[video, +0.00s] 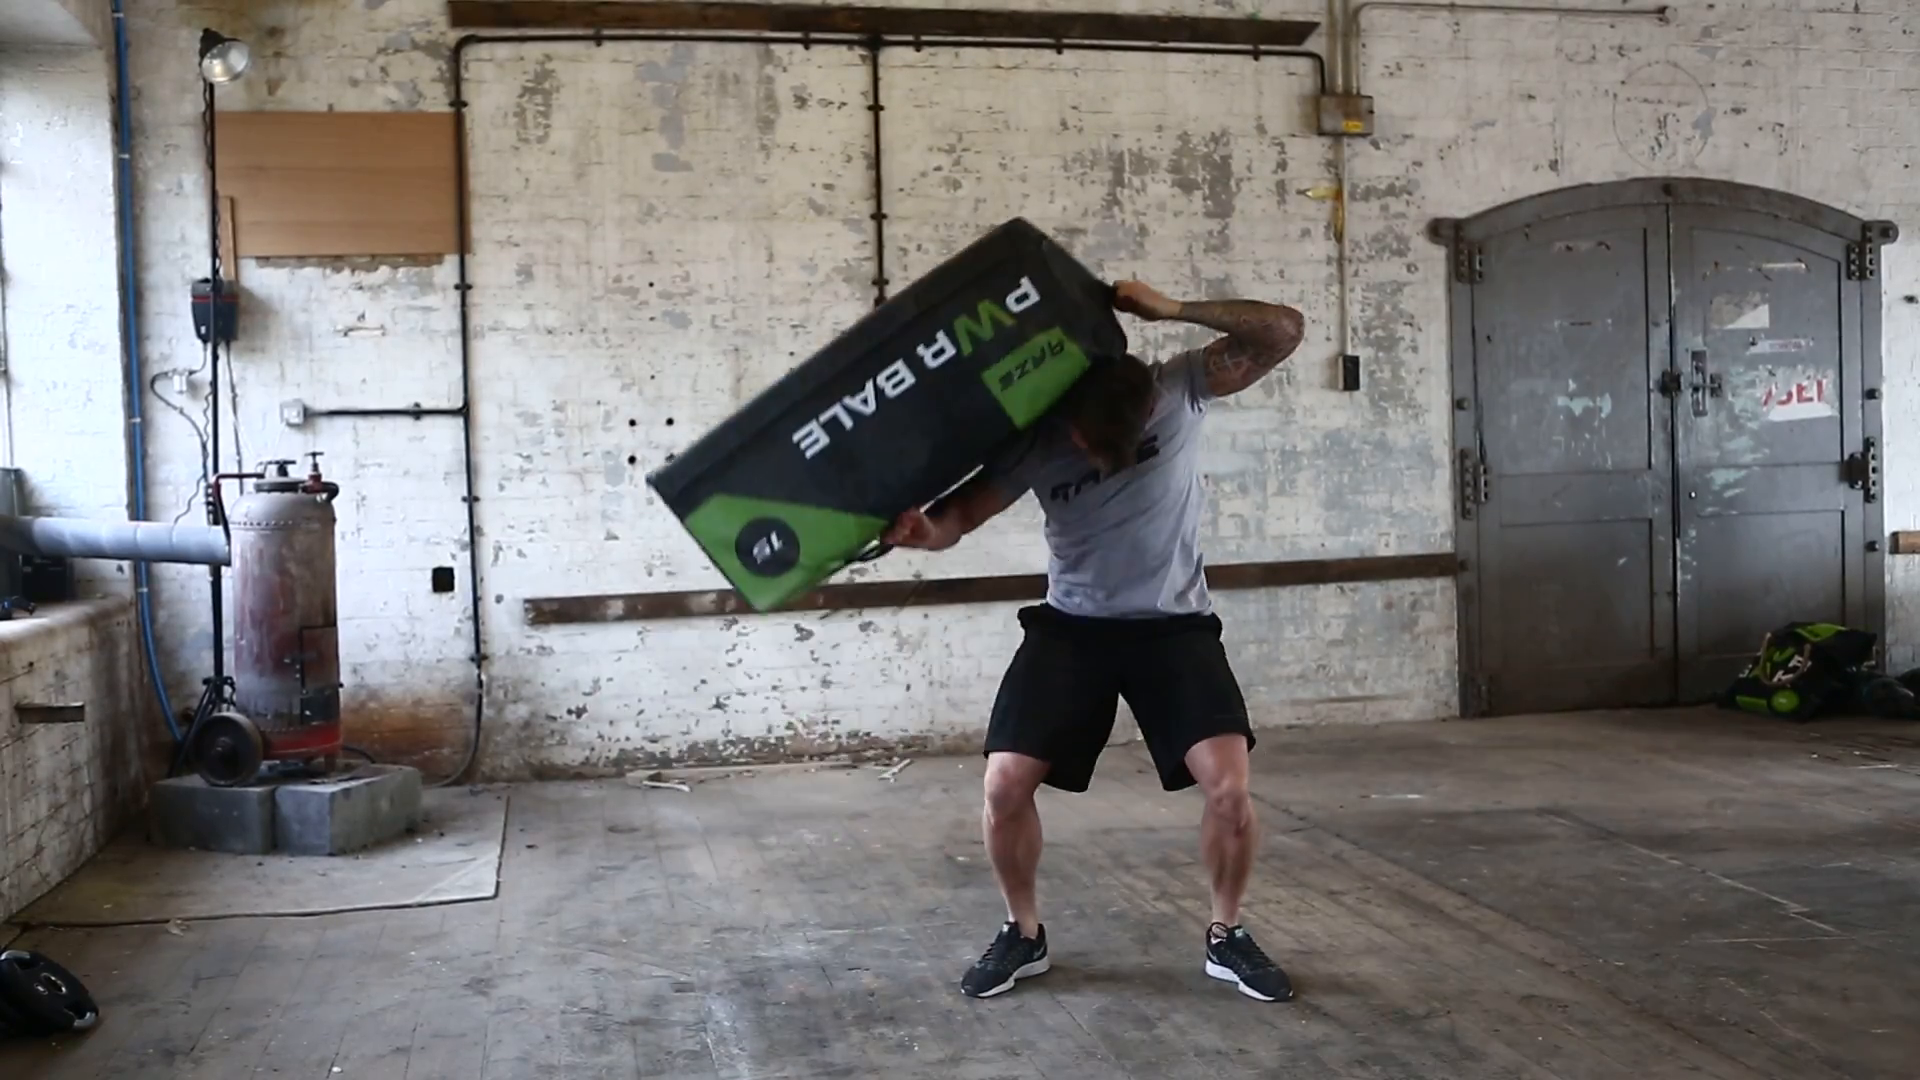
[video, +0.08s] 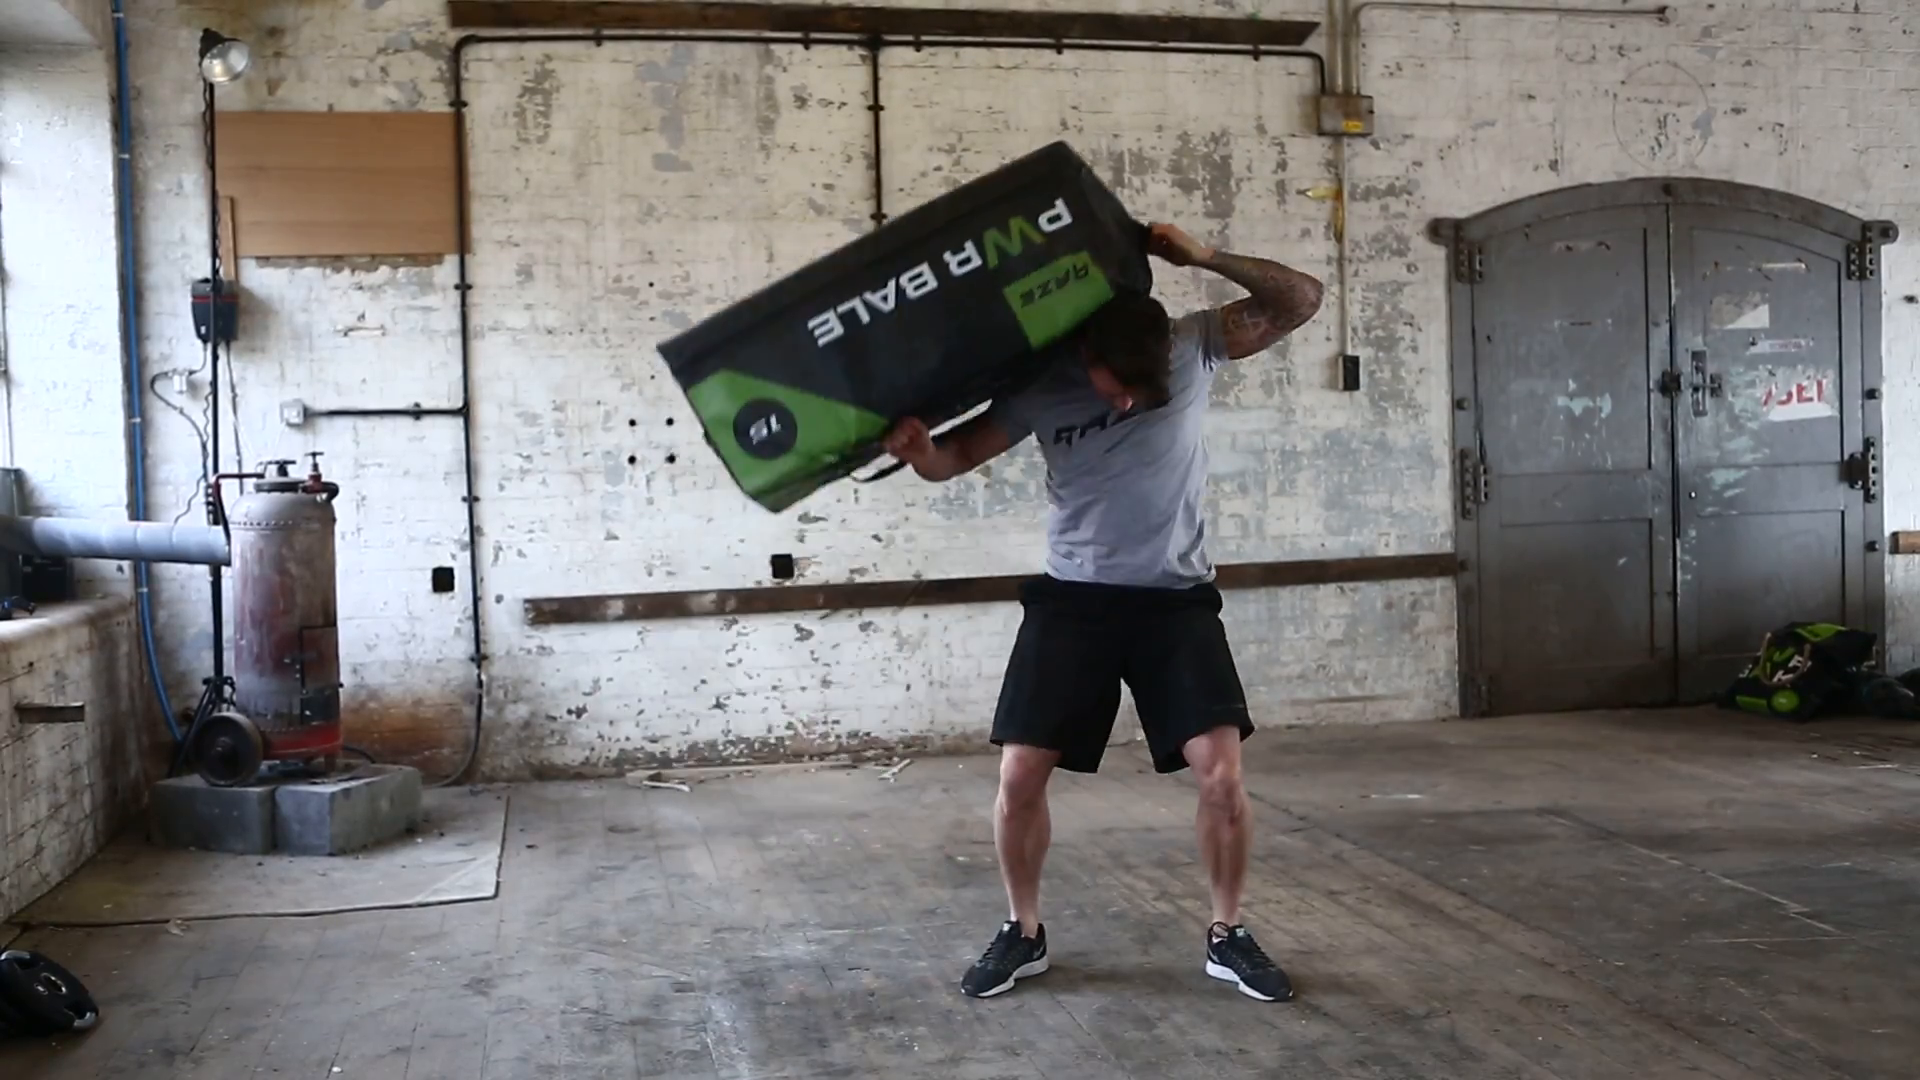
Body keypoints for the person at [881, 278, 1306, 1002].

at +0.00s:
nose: (1093, 460)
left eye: (1108, 449)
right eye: (1085, 448)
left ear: (1140, 414)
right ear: (1069, 420)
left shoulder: (1179, 389)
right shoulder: (1041, 443)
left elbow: (1286, 327)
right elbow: (956, 517)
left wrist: (1176, 309)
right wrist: (922, 530)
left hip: (1177, 627)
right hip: (1071, 630)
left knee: (1231, 791)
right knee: (1005, 785)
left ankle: (1227, 936)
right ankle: (1023, 934)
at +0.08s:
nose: (1124, 400)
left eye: (1134, 386)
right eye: (1108, 388)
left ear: (1157, 351)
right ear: (1084, 360)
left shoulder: (1193, 345)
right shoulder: (1047, 391)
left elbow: (1303, 297)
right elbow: (949, 458)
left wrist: (1208, 257)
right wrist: (920, 450)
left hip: (1177, 600)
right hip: (1071, 602)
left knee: (1222, 775)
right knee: (1018, 779)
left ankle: (1227, 933)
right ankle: (1023, 930)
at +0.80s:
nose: (1129, 300)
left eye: (1144, 284)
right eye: (1114, 284)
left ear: (1167, 272)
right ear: (1088, 272)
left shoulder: (1200, 328)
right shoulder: (1046, 322)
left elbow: (1321, 349)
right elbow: (939, 342)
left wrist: (1301, 246)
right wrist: (932, 267)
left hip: (1171, 581)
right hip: (1066, 581)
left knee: (1204, 759)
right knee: (1043, 764)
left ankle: (1232, 927)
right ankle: (1022, 928)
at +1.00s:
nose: (1120, 301)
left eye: (1136, 285)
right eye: (1105, 285)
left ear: (1162, 273)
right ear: (1082, 272)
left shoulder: (1196, 331)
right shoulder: (1042, 320)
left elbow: (1314, 358)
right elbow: (933, 338)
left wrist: (1302, 253)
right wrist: (932, 267)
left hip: (1163, 582)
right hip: (1058, 582)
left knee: (1200, 759)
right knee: (1038, 766)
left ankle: (1232, 927)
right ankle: (1022, 928)